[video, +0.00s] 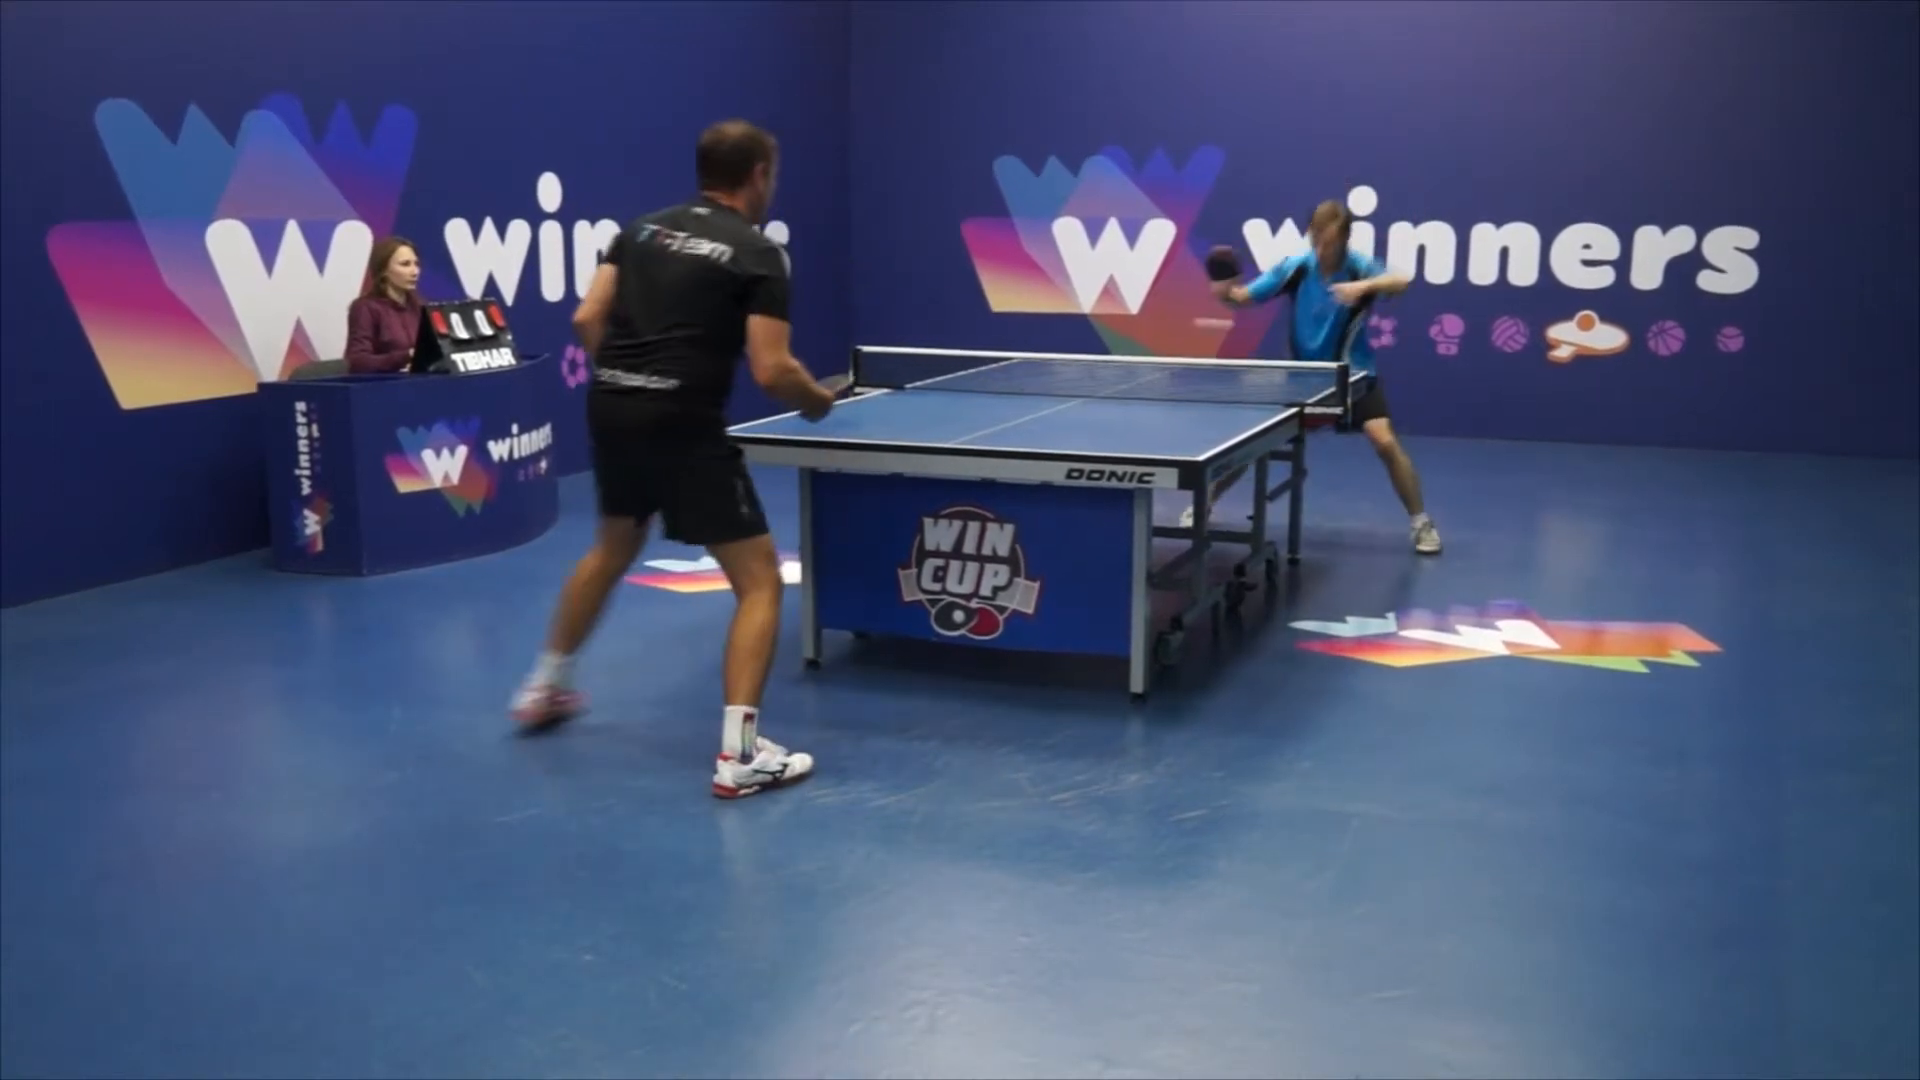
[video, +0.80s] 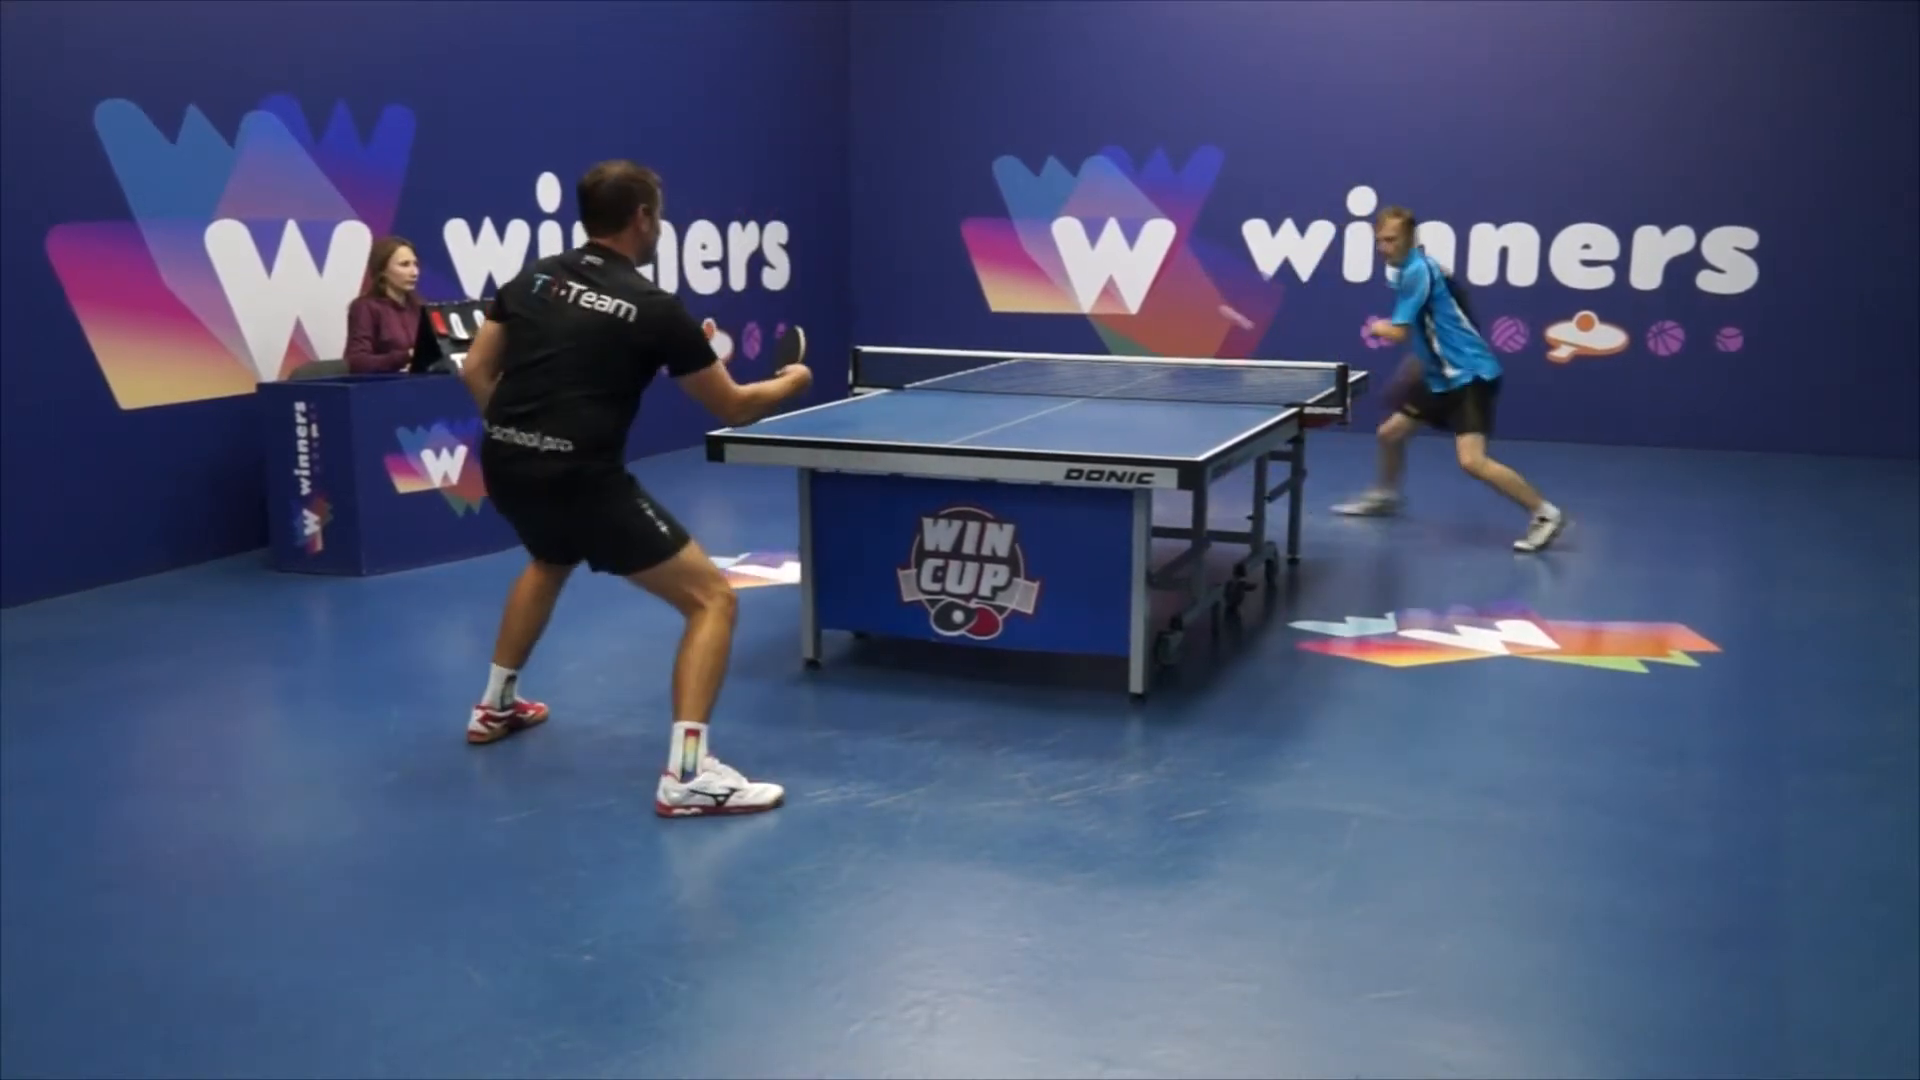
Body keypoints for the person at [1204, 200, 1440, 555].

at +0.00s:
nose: (1323, 248)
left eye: (1330, 241)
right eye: (1318, 239)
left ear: (1345, 238)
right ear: (1311, 235)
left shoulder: (1359, 267)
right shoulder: (1296, 268)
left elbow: (1400, 281)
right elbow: (1249, 296)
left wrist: (1361, 287)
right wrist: (1227, 291)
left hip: (1352, 375)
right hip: (1301, 375)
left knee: (1384, 440)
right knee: (1250, 434)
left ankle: (1420, 522)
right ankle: (1205, 503)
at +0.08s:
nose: (1330, 227)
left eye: (1337, 220)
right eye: (1326, 219)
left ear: (1354, 219)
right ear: (1320, 216)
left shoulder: (1372, 250)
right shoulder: (1307, 250)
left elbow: (1419, 268)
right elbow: (1262, 276)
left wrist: (1381, 284)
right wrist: (1234, 293)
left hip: (1362, 366)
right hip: (1311, 365)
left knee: (1389, 435)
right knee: (1263, 426)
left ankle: (1421, 519)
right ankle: (1228, 495)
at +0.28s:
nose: (1341, 227)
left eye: (1349, 220)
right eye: (1336, 219)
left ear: (1365, 221)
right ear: (1330, 218)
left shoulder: (1387, 261)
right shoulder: (1319, 261)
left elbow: (1427, 297)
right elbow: (1296, 306)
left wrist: (1404, 313)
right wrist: (1277, 314)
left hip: (1375, 372)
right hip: (1328, 371)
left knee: (1393, 441)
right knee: (1286, 420)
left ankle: (1431, 519)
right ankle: (1284, 491)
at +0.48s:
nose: (1342, 217)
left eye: (1350, 209)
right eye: (1337, 209)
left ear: (1369, 209)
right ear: (1332, 211)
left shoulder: (1394, 246)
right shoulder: (1331, 255)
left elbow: (1436, 284)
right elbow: (1304, 299)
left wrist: (1401, 312)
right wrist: (1275, 300)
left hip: (1406, 358)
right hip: (1361, 363)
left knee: (1419, 429)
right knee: (1319, 419)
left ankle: (1451, 510)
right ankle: (1295, 490)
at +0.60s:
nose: (1351, 225)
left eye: (1359, 219)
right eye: (1348, 218)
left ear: (1377, 221)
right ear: (1343, 219)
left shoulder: (1402, 255)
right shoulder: (1348, 262)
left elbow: (1441, 300)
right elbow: (1341, 311)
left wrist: (1404, 335)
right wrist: (1315, 327)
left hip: (1422, 362)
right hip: (1382, 364)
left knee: (1438, 436)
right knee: (1340, 426)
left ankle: (1493, 510)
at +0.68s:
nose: (1364, 239)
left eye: (1372, 231)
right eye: (1360, 231)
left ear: (1390, 232)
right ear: (1355, 233)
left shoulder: (1414, 269)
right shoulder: (1367, 275)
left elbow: (1438, 321)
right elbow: (1373, 323)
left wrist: (1388, 346)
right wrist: (1346, 348)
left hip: (1433, 378)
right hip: (1391, 377)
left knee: (1457, 451)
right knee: (1352, 435)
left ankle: (1523, 514)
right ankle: (1350, 493)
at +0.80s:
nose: (1385, 247)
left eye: (1392, 240)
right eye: (1381, 240)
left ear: (1410, 240)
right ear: (1378, 240)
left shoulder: (1419, 271)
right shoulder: (1403, 271)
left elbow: (1398, 332)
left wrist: (1378, 327)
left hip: (1472, 375)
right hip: (1440, 378)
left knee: (1472, 460)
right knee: (1389, 434)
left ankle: (1546, 513)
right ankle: (1386, 496)